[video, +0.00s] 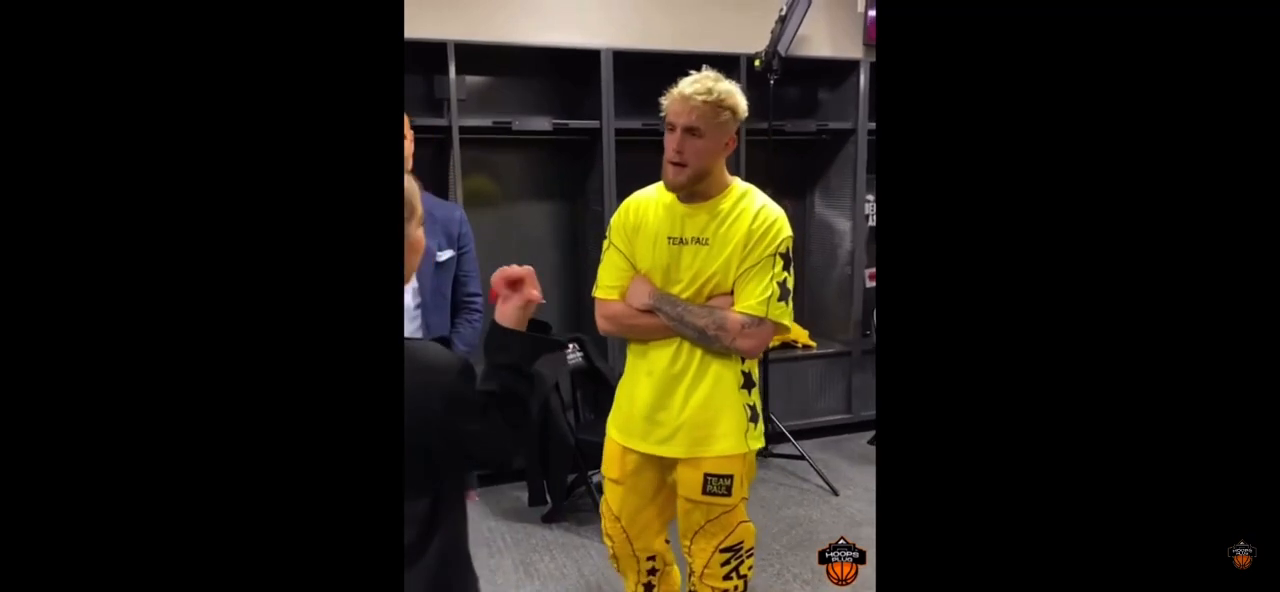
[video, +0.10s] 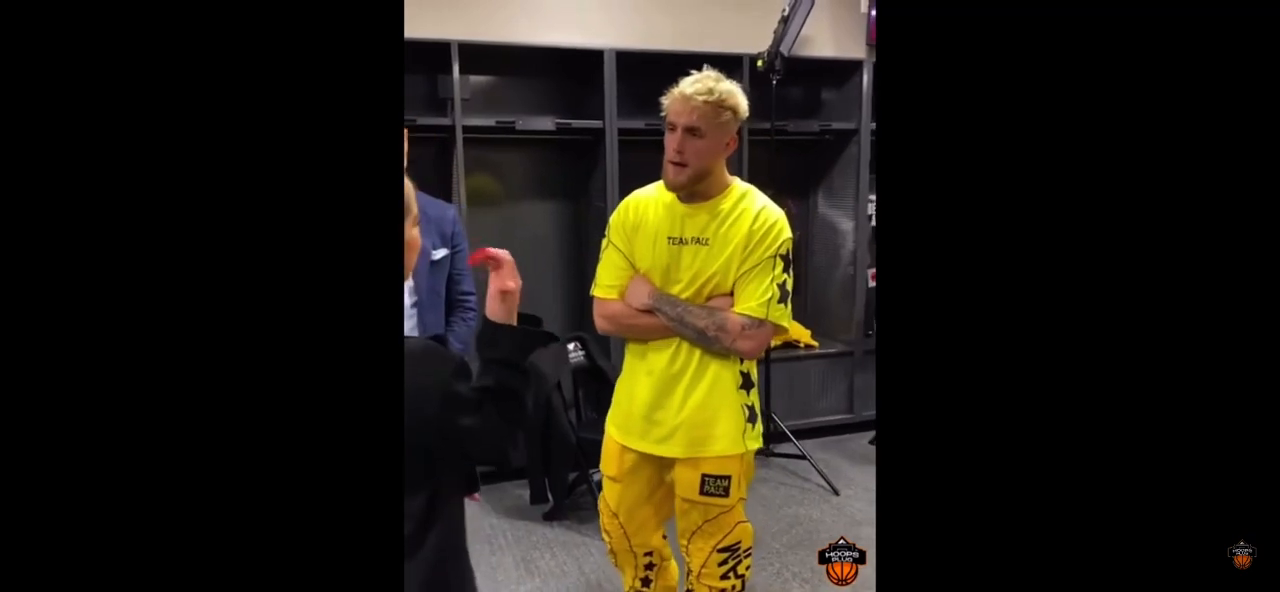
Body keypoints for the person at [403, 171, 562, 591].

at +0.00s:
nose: (423, 239)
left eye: (421, 224)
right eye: (419, 224)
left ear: (418, 241)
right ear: (409, 242)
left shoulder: (433, 372)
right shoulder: (431, 374)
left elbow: (498, 442)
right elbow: (501, 443)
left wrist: (507, 329)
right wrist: (509, 330)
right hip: (435, 575)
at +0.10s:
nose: (419, 238)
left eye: (416, 223)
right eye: (414, 224)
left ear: (417, 235)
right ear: (406, 238)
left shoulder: (428, 367)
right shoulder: (424, 368)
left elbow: (494, 441)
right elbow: (496, 442)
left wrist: (500, 327)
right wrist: (502, 327)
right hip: (432, 573)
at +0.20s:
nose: (420, 233)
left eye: (418, 219)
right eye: (415, 220)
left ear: (417, 230)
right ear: (404, 235)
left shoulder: (425, 358)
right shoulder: (421, 361)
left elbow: (498, 424)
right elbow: (500, 424)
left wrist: (499, 318)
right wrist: (500, 318)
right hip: (434, 570)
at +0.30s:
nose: (428, 225)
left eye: (422, 212)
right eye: (419, 214)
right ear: (401, 231)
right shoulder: (424, 361)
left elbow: (506, 415)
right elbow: (509, 415)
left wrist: (498, 317)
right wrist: (499, 314)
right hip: (435, 570)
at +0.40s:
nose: (440, 213)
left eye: (433, 203)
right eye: (429, 206)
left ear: (409, 234)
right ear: (404, 233)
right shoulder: (435, 356)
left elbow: (521, 420)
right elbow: (524, 420)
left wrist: (498, 306)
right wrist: (500, 305)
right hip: (440, 573)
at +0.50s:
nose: (454, 207)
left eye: (446, 197)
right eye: (442, 201)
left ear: (414, 236)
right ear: (411, 235)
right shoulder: (448, 348)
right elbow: (544, 409)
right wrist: (506, 298)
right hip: (455, 572)